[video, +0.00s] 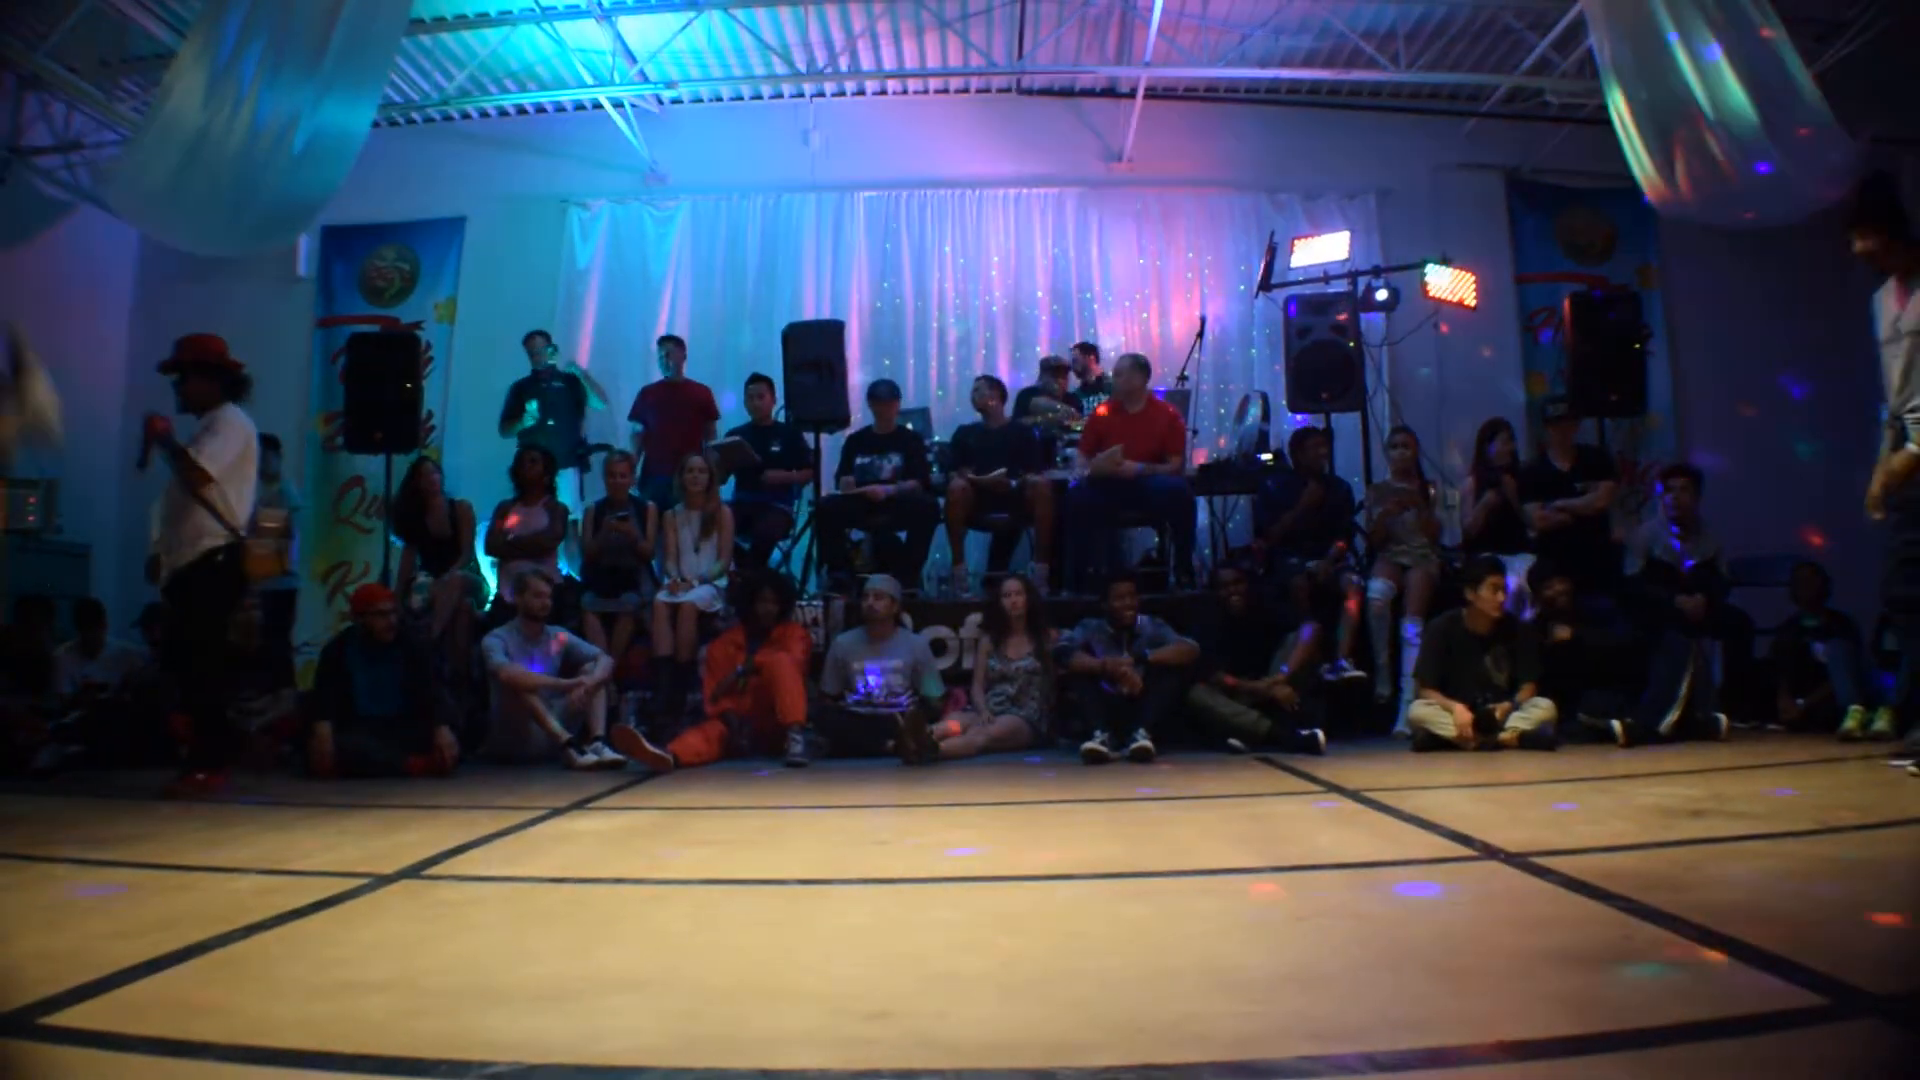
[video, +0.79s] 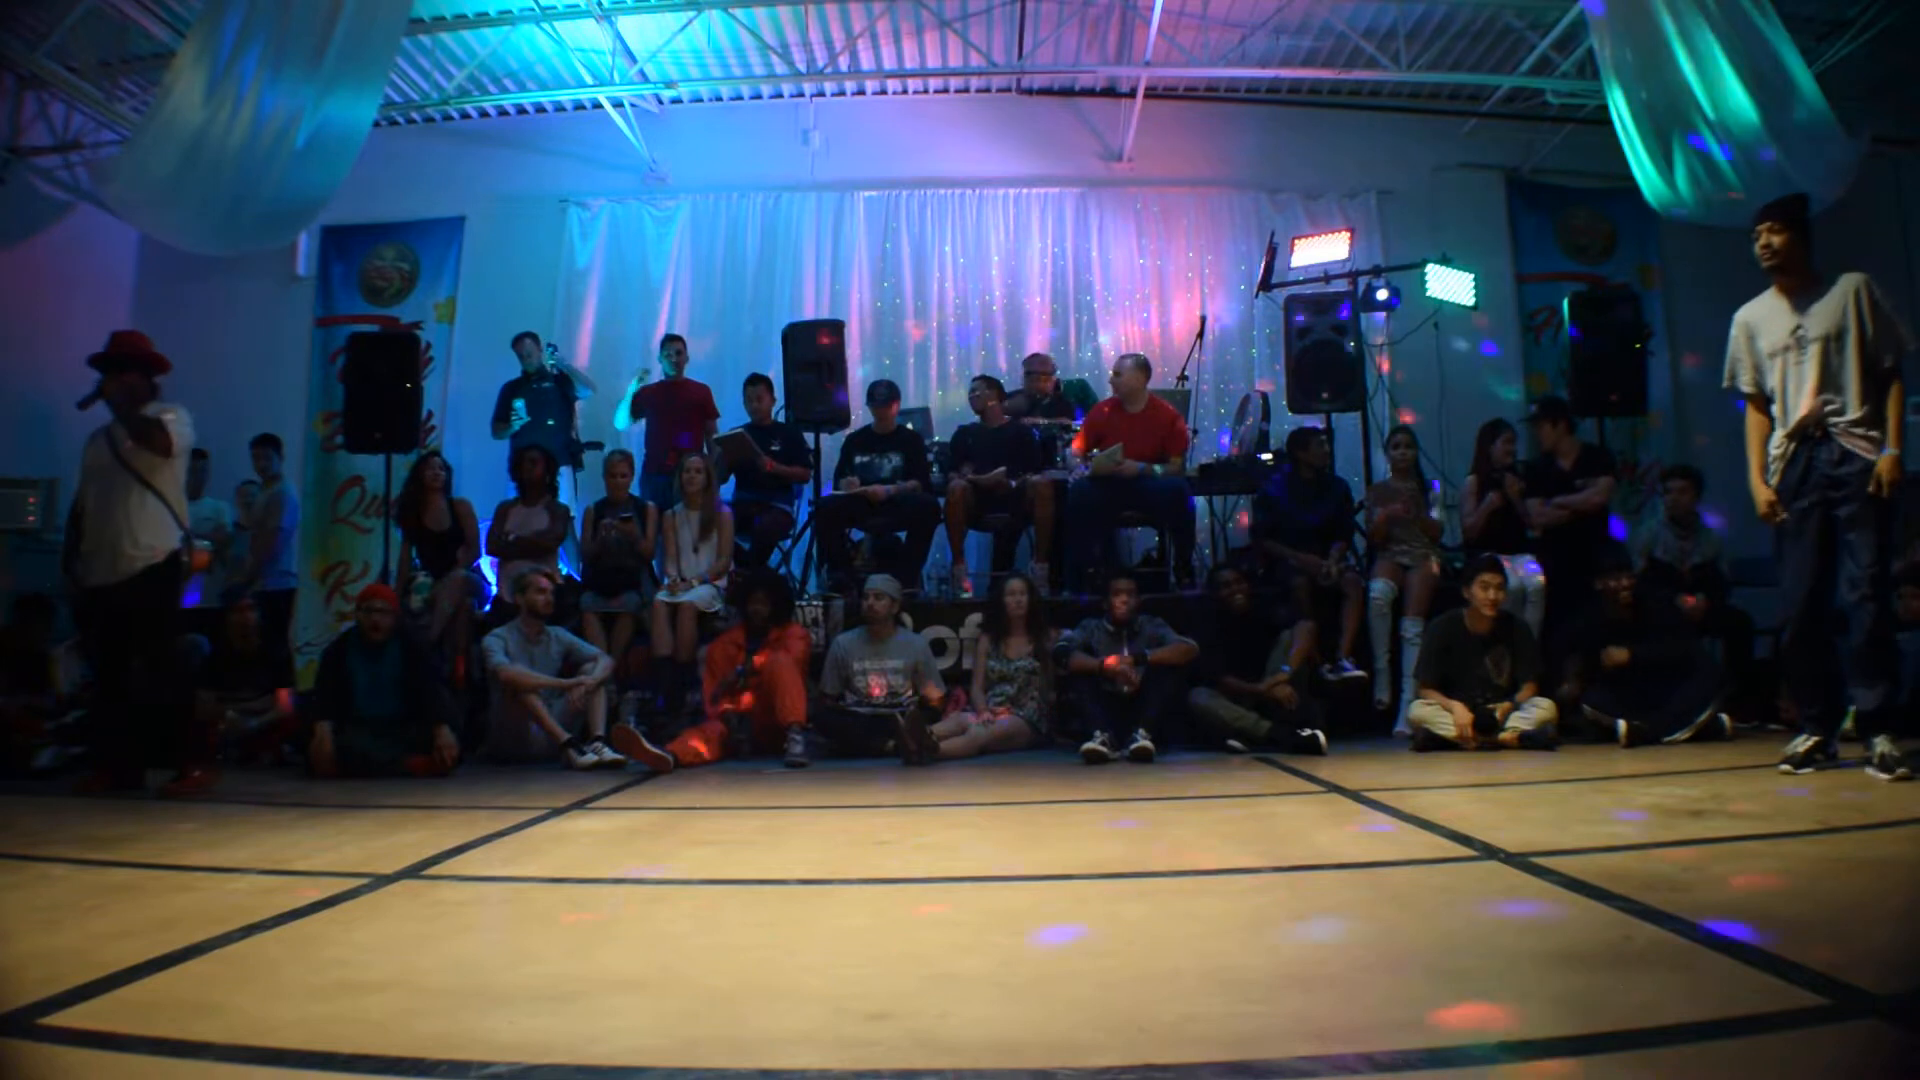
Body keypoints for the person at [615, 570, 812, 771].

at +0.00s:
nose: (767, 609)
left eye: (773, 603)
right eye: (761, 602)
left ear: (783, 606)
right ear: (749, 604)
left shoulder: (793, 633)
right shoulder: (723, 646)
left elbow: (791, 665)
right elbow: (713, 703)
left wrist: (755, 665)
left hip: (774, 717)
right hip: (737, 721)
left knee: (780, 661)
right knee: (710, 735)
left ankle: (795, 737)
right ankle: (670, 755)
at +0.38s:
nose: (767, 609)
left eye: (773, 603)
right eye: (761, 602)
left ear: (783, 606)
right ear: (748, 605)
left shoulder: (793, 633)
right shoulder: (724, 645)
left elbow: (789, 666)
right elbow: (713, 704)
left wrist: (753, 668)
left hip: (775, 715)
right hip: (738, 721)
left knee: (778, 660)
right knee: (711, 734)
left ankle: (795, 737)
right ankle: (670, 755)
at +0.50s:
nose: (768, 609)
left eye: (774, 603)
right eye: (762, 602)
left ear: (783, 607)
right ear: (749, 605)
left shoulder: (793, 634)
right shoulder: (723, 646)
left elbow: (790, 655)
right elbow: (713, 704)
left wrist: (753, 666)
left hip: (775, 717)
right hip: (738, 721)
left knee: (779, 661)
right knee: (711, 734)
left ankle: (795, 735)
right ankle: (670, 755)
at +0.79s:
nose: (757, 610)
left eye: (764, 604)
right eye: (752, 603)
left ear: (778, 605)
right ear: (743, 606)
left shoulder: (793, 634)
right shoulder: (724, 645)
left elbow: (786, 664)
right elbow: (714, 705)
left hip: (774, 716)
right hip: (738, 721)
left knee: (780, 660)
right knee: (711, 734)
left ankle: (795, 736)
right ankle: (670, 755)